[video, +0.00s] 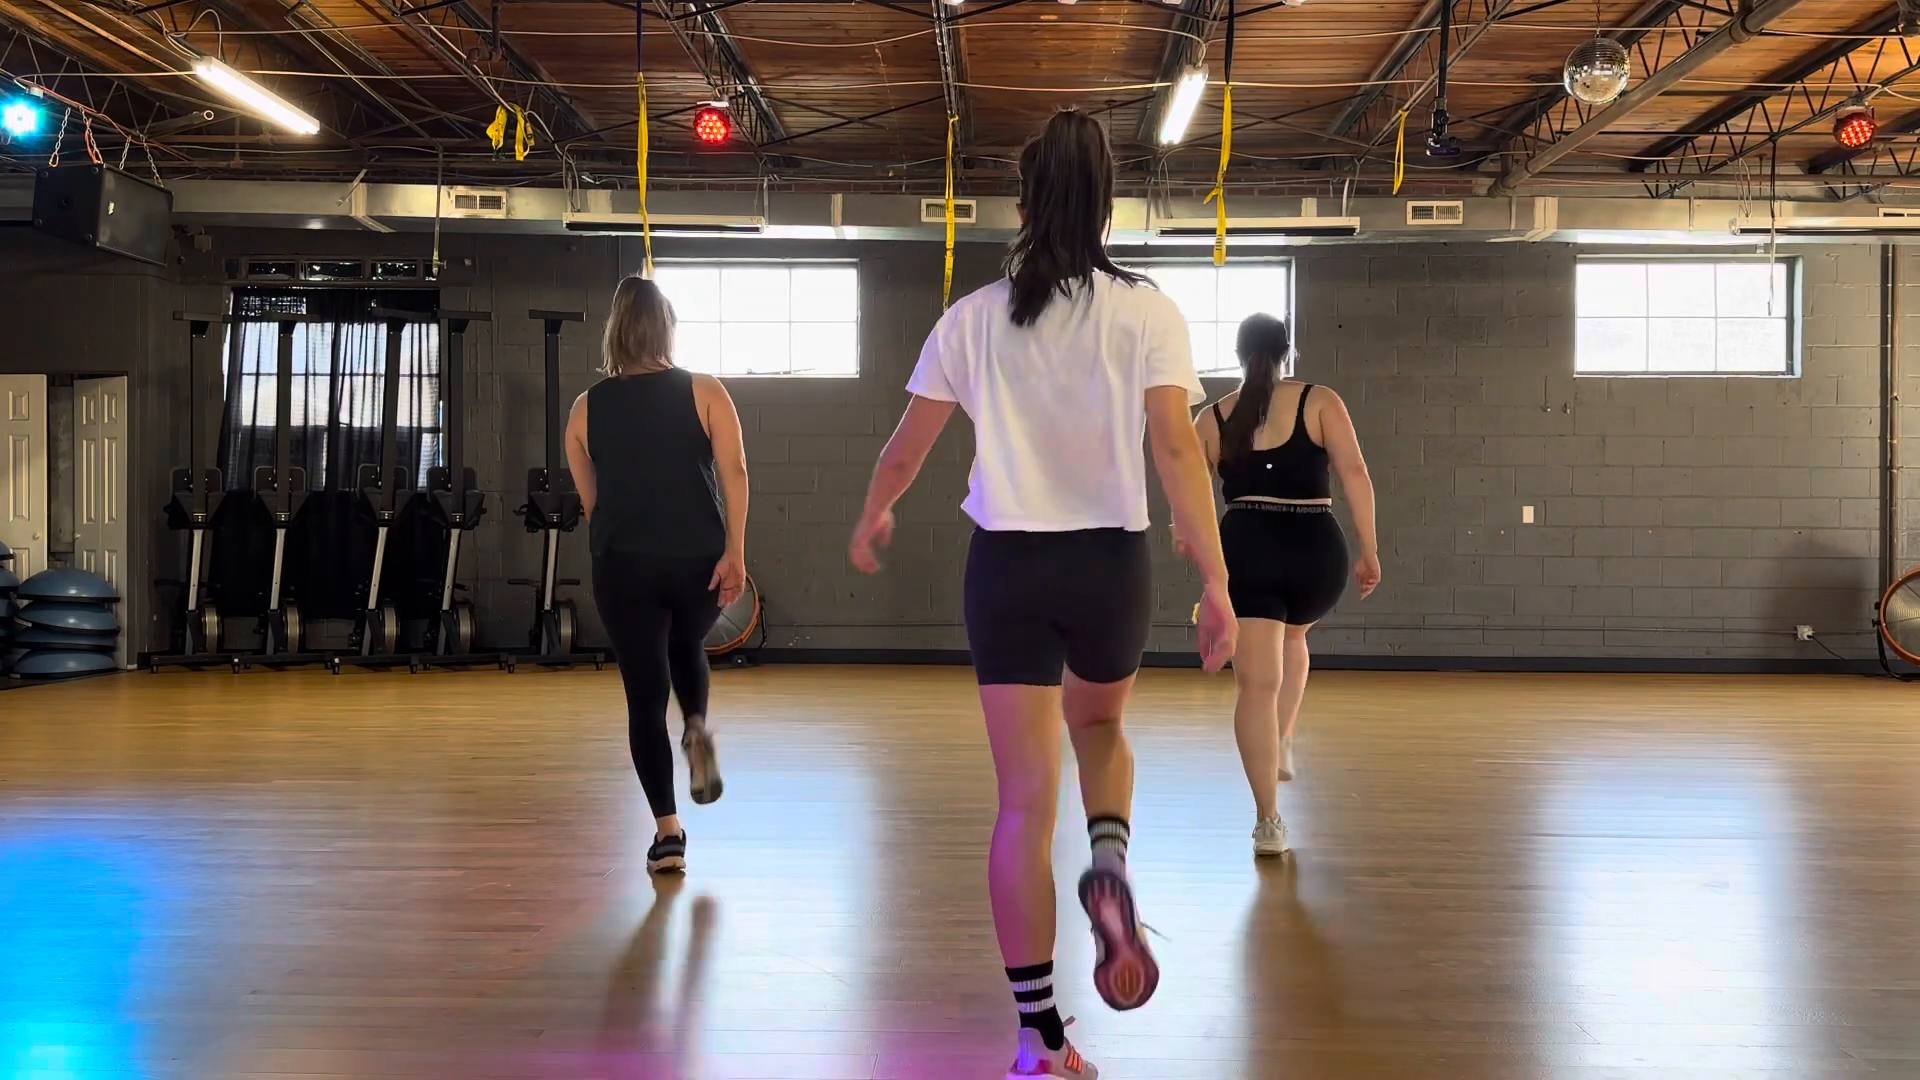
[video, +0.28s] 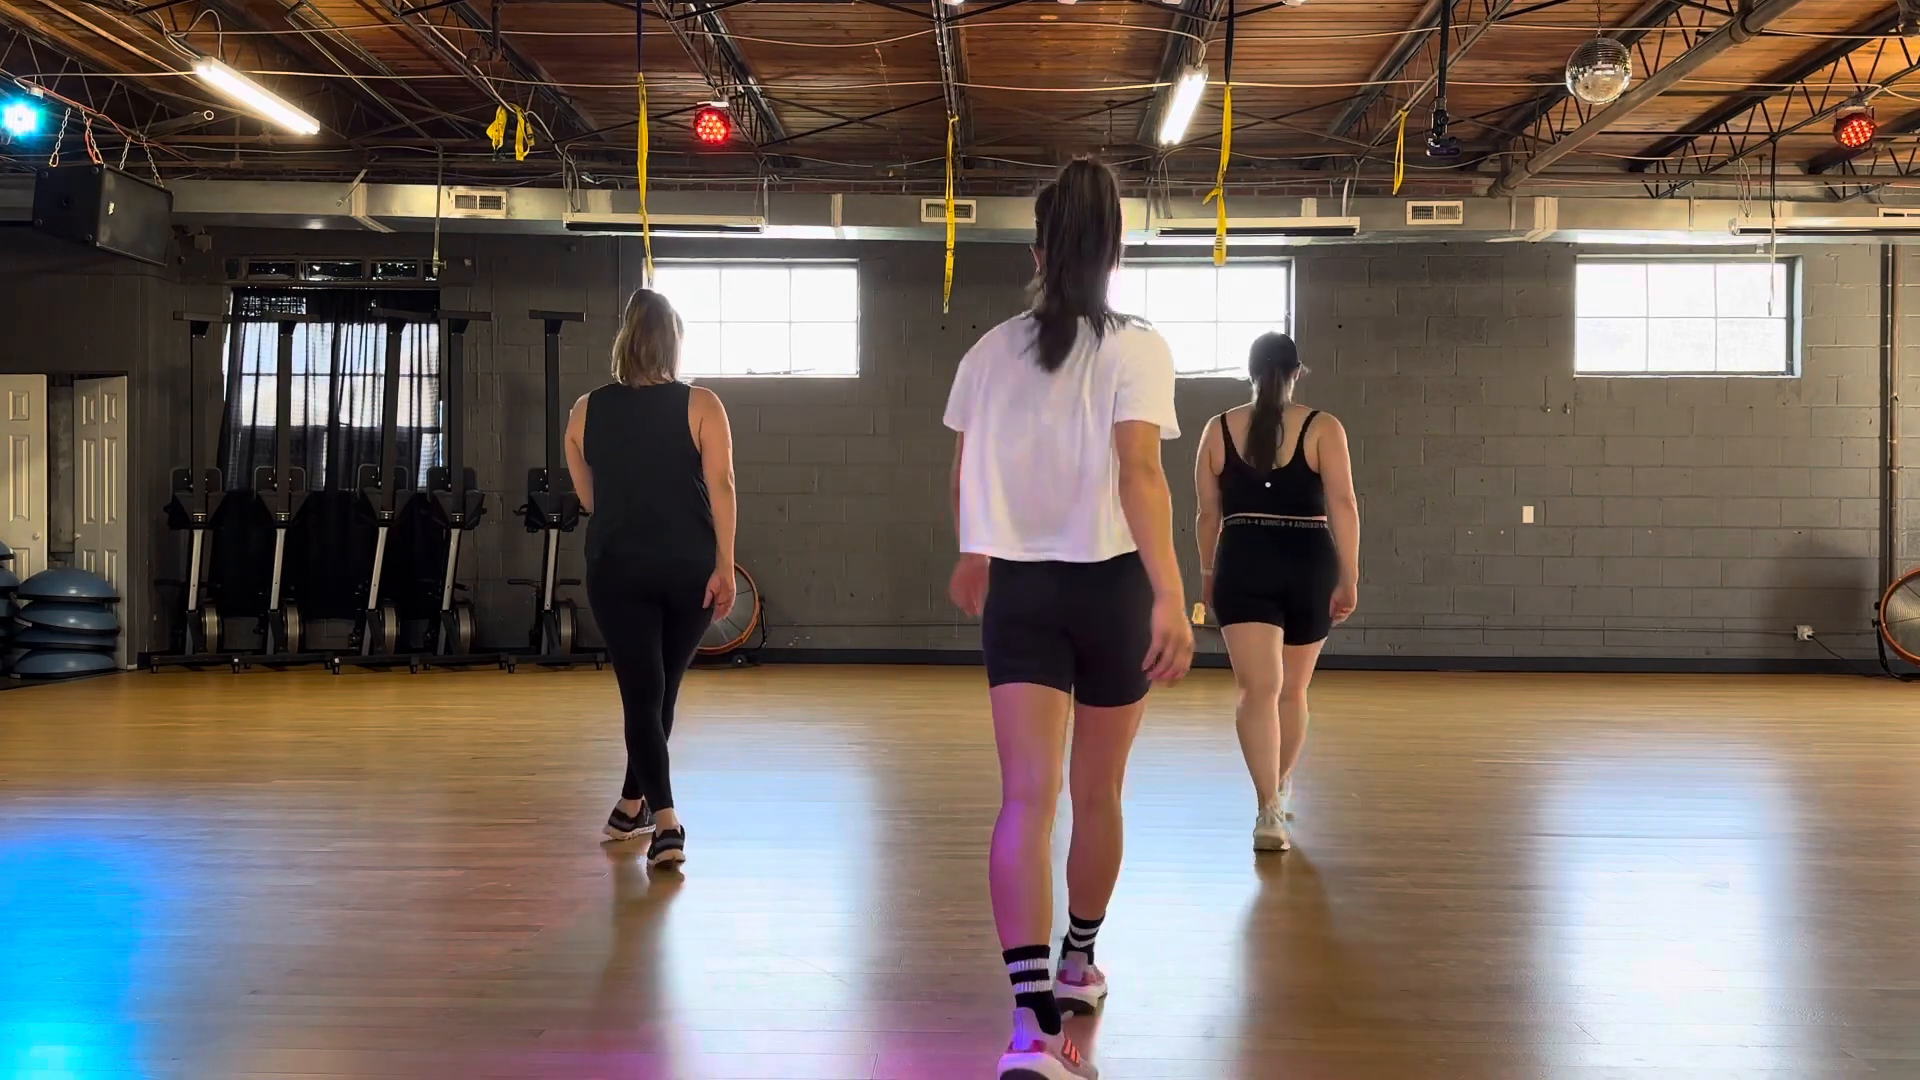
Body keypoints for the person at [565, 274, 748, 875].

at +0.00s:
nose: (670, 333)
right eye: (670, 325)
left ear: (612, 333)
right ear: (669, 330)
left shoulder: (584, 410)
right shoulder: (705, 392)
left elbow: (590, 502)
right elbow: (734, 472)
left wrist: (620, 540)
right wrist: (735, 550)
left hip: (623, 564)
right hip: (695, 557)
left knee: (645, 696)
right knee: (688, 644)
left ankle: (667, 825)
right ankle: (697, 726)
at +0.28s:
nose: (675, 342)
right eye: (675, 333)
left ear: (622, 341)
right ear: (675, 340)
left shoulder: (585, 412)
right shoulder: (701, 403)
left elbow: (589, 499)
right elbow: (720, 483)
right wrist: (725, 562)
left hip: (616, 566)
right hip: (690, 564)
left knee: (640, 696)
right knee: (662, 692)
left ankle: (667, 820)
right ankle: (629, 807)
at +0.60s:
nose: (687, 354)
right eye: (689, 345)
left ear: (635, 345)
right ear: (685, 350)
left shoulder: (593, 405)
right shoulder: (702, 415)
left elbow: (577, 491)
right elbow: (707, 497)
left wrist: (573, 558)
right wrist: (707, 575)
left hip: (605, 570)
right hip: (672, 572)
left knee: (608, 684)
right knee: (654, 687)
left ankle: (632, 761)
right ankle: (623, 804)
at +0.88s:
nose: (691, 359)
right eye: (692, 350)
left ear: (643, 351)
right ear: (692, 355)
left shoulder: (603, 406)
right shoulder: (707, 417)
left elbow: (563, 477)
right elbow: (710, 497)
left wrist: (537, 543)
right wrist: (710, 573)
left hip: (607, 567)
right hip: (673, 566)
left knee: (657, 630)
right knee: (657, 684)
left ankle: (630, 699)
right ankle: (624, 804)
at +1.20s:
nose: (704, 368)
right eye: (703, 360)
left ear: (653, 362)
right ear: (698, 365)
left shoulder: (617, 420)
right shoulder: (714, 423)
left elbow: (596, 493)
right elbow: (716, 499)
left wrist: (594, 561)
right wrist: (715, 573)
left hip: (625, 567)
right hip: (685, 568)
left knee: (670, 673)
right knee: (661, 681)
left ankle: (697, 774)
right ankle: (628, 794)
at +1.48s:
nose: (706, 364)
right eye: (708, 355)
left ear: (666, 362)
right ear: (711, 362)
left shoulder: (639, 419)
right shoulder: (730, 417)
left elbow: (625, 491)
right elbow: (743, 490)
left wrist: (598, 548)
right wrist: (770, 560)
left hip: (653, 559)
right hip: (712, 559)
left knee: (681, 665)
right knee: (705, 671)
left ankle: (698, 771)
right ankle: (656, 755)